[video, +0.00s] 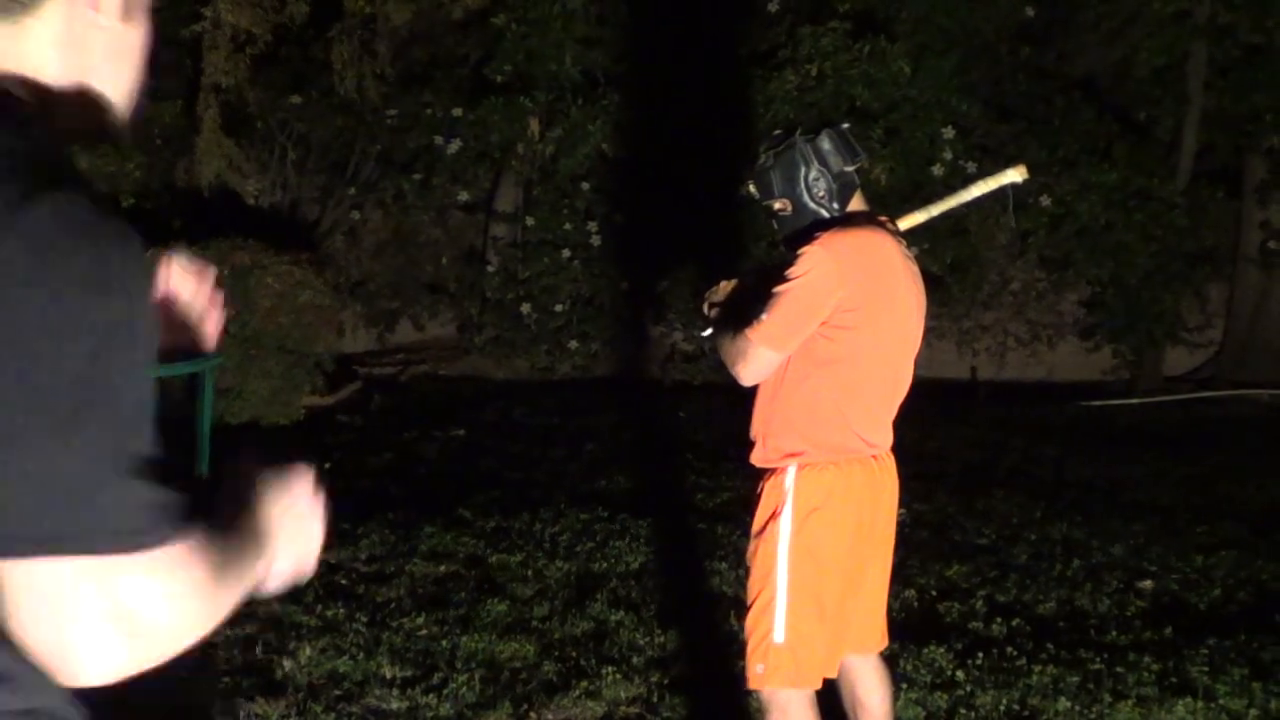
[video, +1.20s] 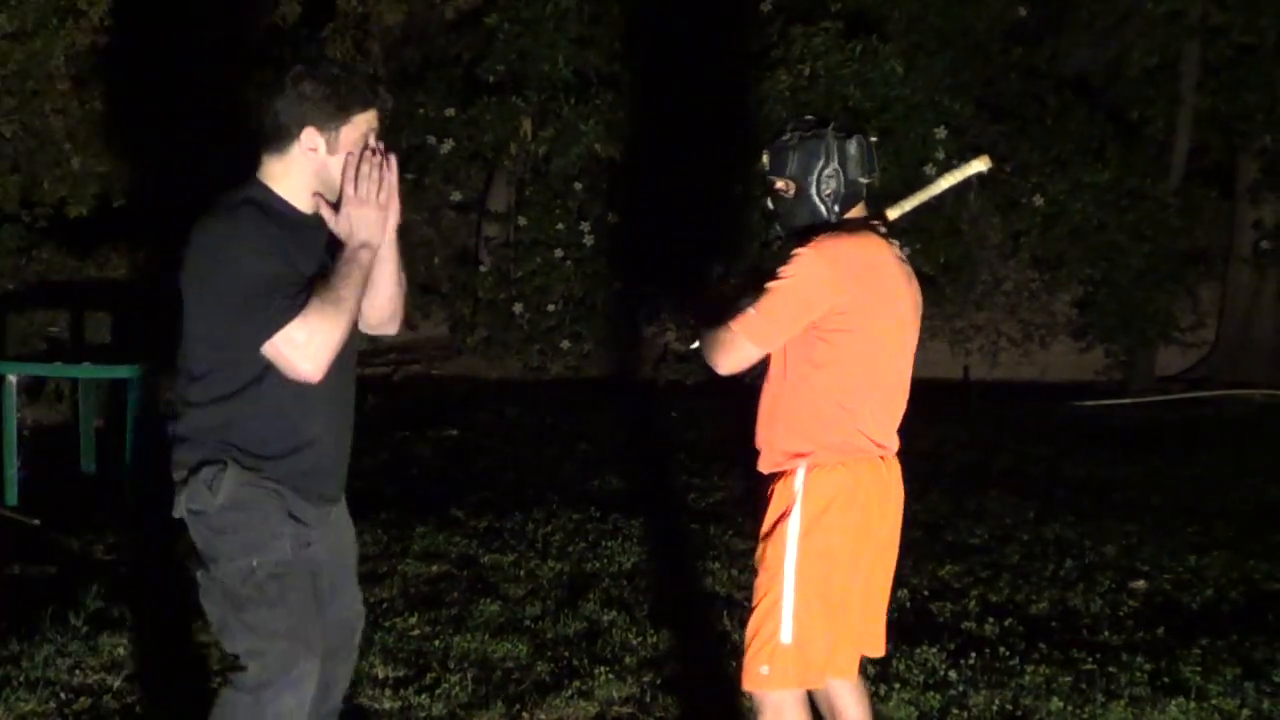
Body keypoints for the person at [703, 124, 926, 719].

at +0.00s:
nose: (777, 215)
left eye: (779, 202)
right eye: (774, 202)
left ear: (802, 197)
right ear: (844, 185)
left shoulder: (830, 258)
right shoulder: (899, 261)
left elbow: (749, 364)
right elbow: (828, 343)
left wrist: (721, 317)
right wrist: (759, 300)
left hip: (809, 484)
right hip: (870, 481)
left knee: (781, 677)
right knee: (857, 651)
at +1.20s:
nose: (777, 198)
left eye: (786, 184)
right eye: (776, 183)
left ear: (821, 185)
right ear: (850, 186)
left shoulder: (825, 261)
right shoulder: (895, 268)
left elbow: (728, 354)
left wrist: (705, 329)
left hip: (818, 487)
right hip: (873, 485)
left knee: (773, 680)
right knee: (835, 670)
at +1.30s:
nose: (774, 198)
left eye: (781, 186)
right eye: (774, 185)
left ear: (812, 190)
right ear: (853, 192)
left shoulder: (799, 263)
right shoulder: (903, 276)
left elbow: (699, 330)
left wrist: (756, 281)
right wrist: (875, 250)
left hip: (815, 492)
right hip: (878, 488)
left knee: (755, 679)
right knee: (832, 673)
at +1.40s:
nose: (764, 201)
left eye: (770, 191)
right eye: (765, 189)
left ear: (791, 199)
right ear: (846, 197)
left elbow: (697, 309)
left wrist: (765, 277)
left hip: (804, 500)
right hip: (871, 494)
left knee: (727, 679)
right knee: (819, 665)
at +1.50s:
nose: (747, 202)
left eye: (753, 192)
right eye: (750, 190)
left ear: (773, 202)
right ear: (828, 200)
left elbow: (694, 322)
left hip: (789, 502)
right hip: (854, 496)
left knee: (696, 676)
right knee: (808, 663)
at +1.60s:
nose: (721, 202)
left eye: (728, 191)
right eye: (726, 190)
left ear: (747, 204)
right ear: (805, 205)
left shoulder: (751, 279)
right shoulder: (842, 280)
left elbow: (661, 351)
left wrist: (643, 315)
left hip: (772, 505)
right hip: (830, 499)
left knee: (669, 676)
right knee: (808, 675)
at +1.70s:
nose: (693, 211)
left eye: (700, 199)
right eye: (695, 197)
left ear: (727, 207)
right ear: (771, 206)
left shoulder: (748, 290)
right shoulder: (799, 283)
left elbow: (642, 384)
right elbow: (684, 344)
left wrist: (593, 338)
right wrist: (618, 305)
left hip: (756, 513)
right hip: (804, 504)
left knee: (649, 678)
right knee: (787, 680)